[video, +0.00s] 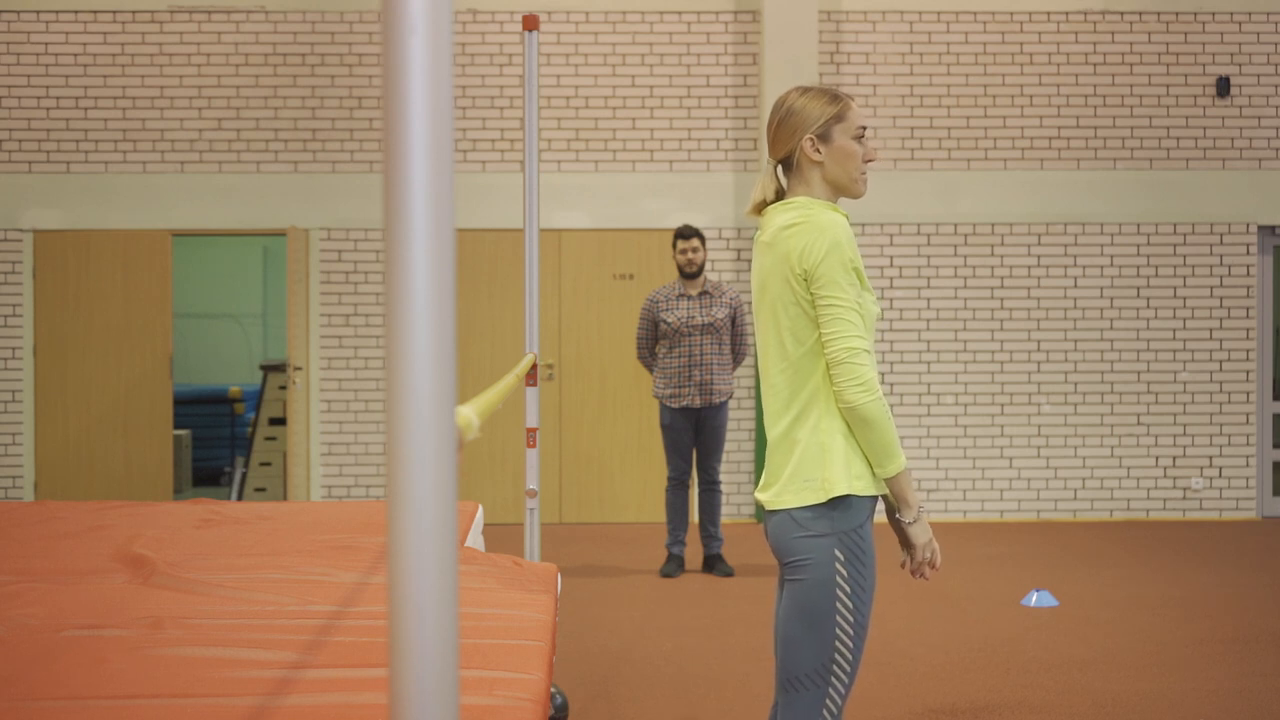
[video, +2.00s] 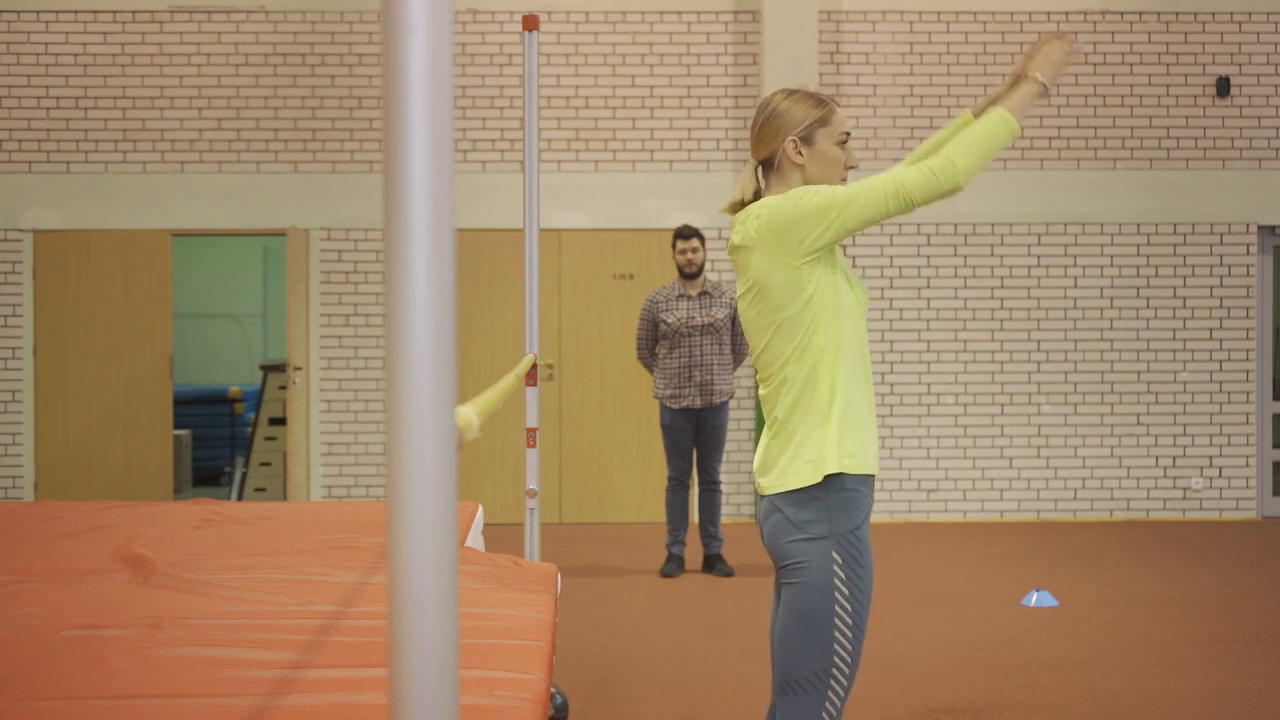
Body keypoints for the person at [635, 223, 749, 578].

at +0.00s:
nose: (689, 256)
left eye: (695, 250)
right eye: (682, 251)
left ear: (705, 253)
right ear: (674, 256)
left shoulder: (728, 296)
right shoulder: (658, 300)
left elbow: (741, 347)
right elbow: (644, 350)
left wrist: (718, 372)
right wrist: (669, 376)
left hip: (715, 401)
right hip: (674, 402)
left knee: (710, 478)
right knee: (678, 477)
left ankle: (713, 552)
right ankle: (675, 553)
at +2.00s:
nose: (689, 257)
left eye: (694, 250)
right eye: (682, 252)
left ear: (705, 254)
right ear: (673, 256)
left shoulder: (727, 297)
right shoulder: (658, 300)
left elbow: (741, 346)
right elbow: (644, 350)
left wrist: (719, 372)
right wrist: (669, 376)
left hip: (715, 402)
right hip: (675, 402)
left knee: (710, 479)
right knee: (679, 477)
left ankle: (713, 552)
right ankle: (675, 553)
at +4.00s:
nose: (687, 256)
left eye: (693, 249)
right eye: (681, 251)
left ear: (704, 253)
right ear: (673, 257)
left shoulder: (729, 297)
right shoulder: (658, 300)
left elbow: (742, 349)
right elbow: (645, 351)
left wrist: (717, 372)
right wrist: (671, 376)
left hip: (716, 402)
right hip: (674, 403)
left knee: (710, 479)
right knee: (679, 477)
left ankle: (713, 553)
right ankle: (674, 553)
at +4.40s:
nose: (688, 256)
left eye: (693, 249)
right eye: (681, 251)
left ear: (705, 253)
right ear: (673, 257)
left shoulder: (727, 297)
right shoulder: (659, 300)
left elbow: (741, 347)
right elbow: (645, 351)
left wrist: (718, 373)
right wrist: (670, 377)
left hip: (716, 402)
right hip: (675, 403)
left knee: (710, 479)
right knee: (678, 477)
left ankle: (713, 553)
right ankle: (675, 552)